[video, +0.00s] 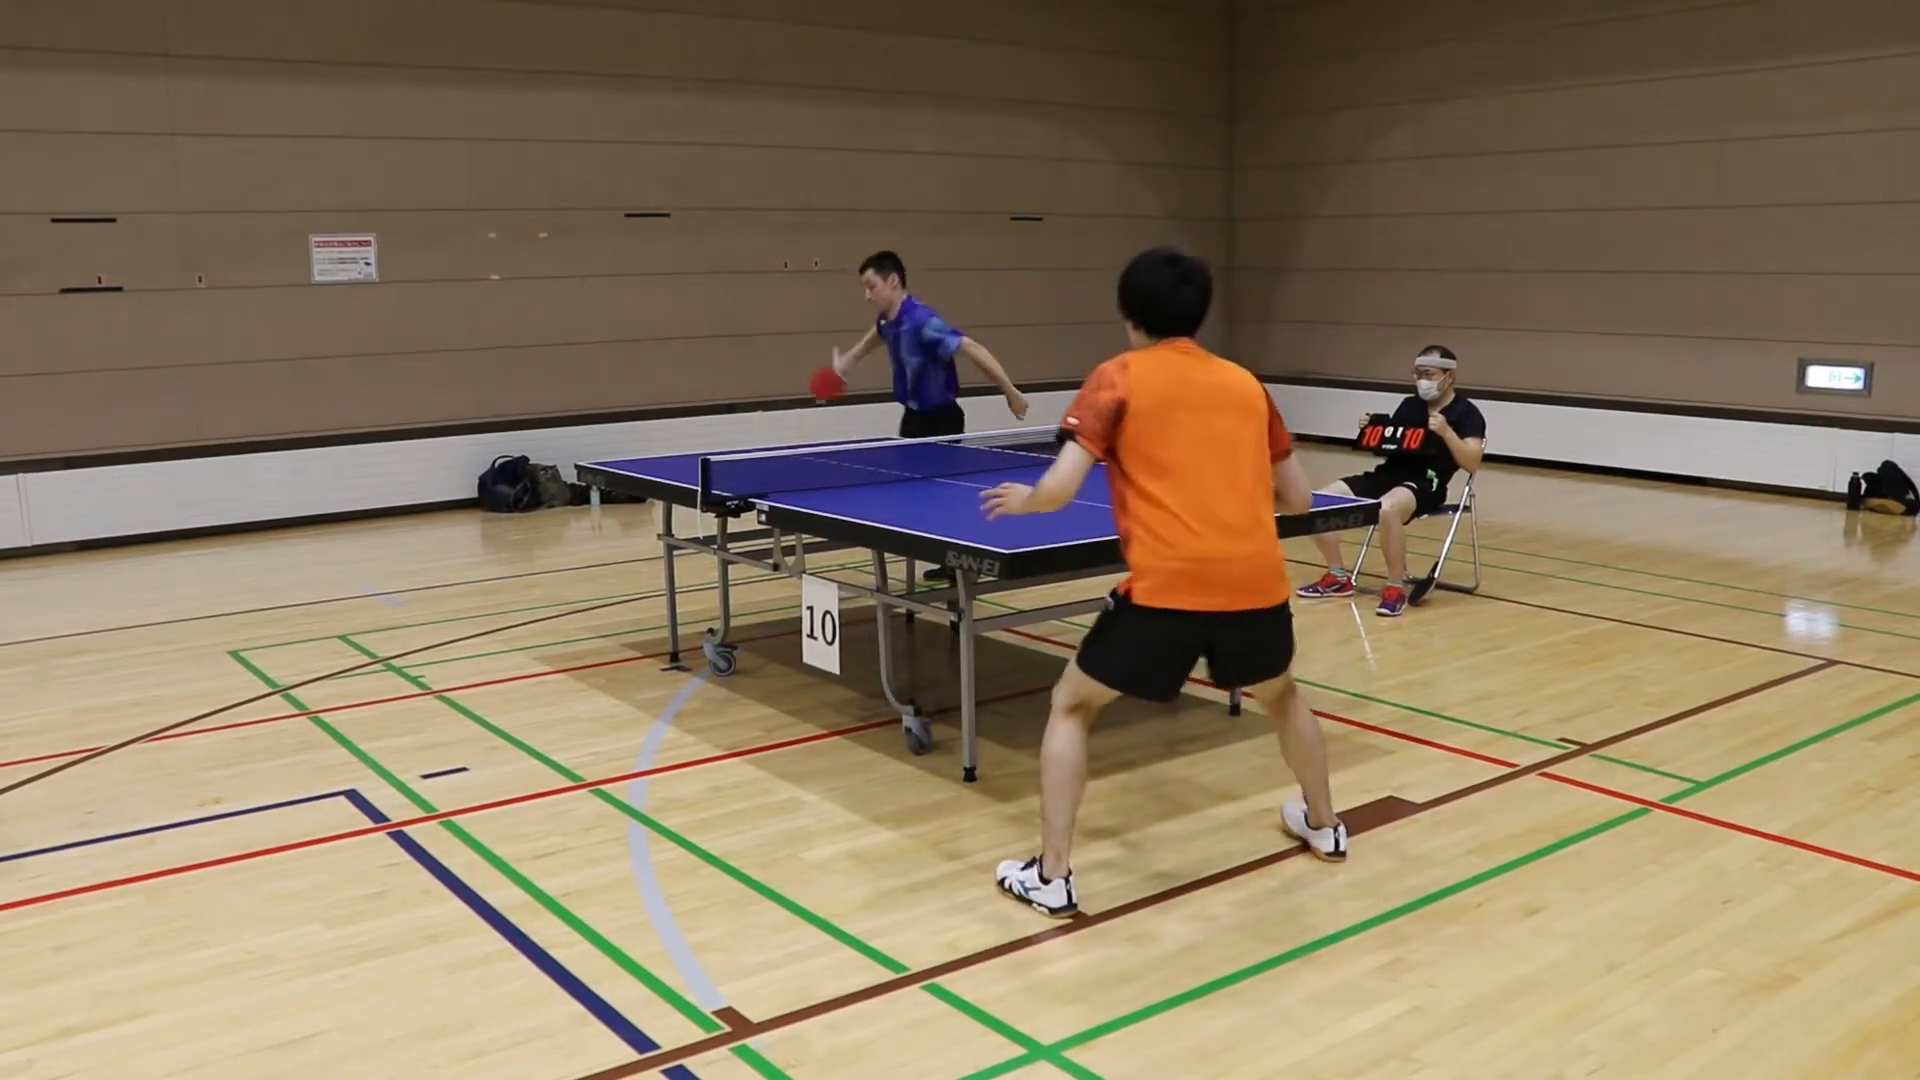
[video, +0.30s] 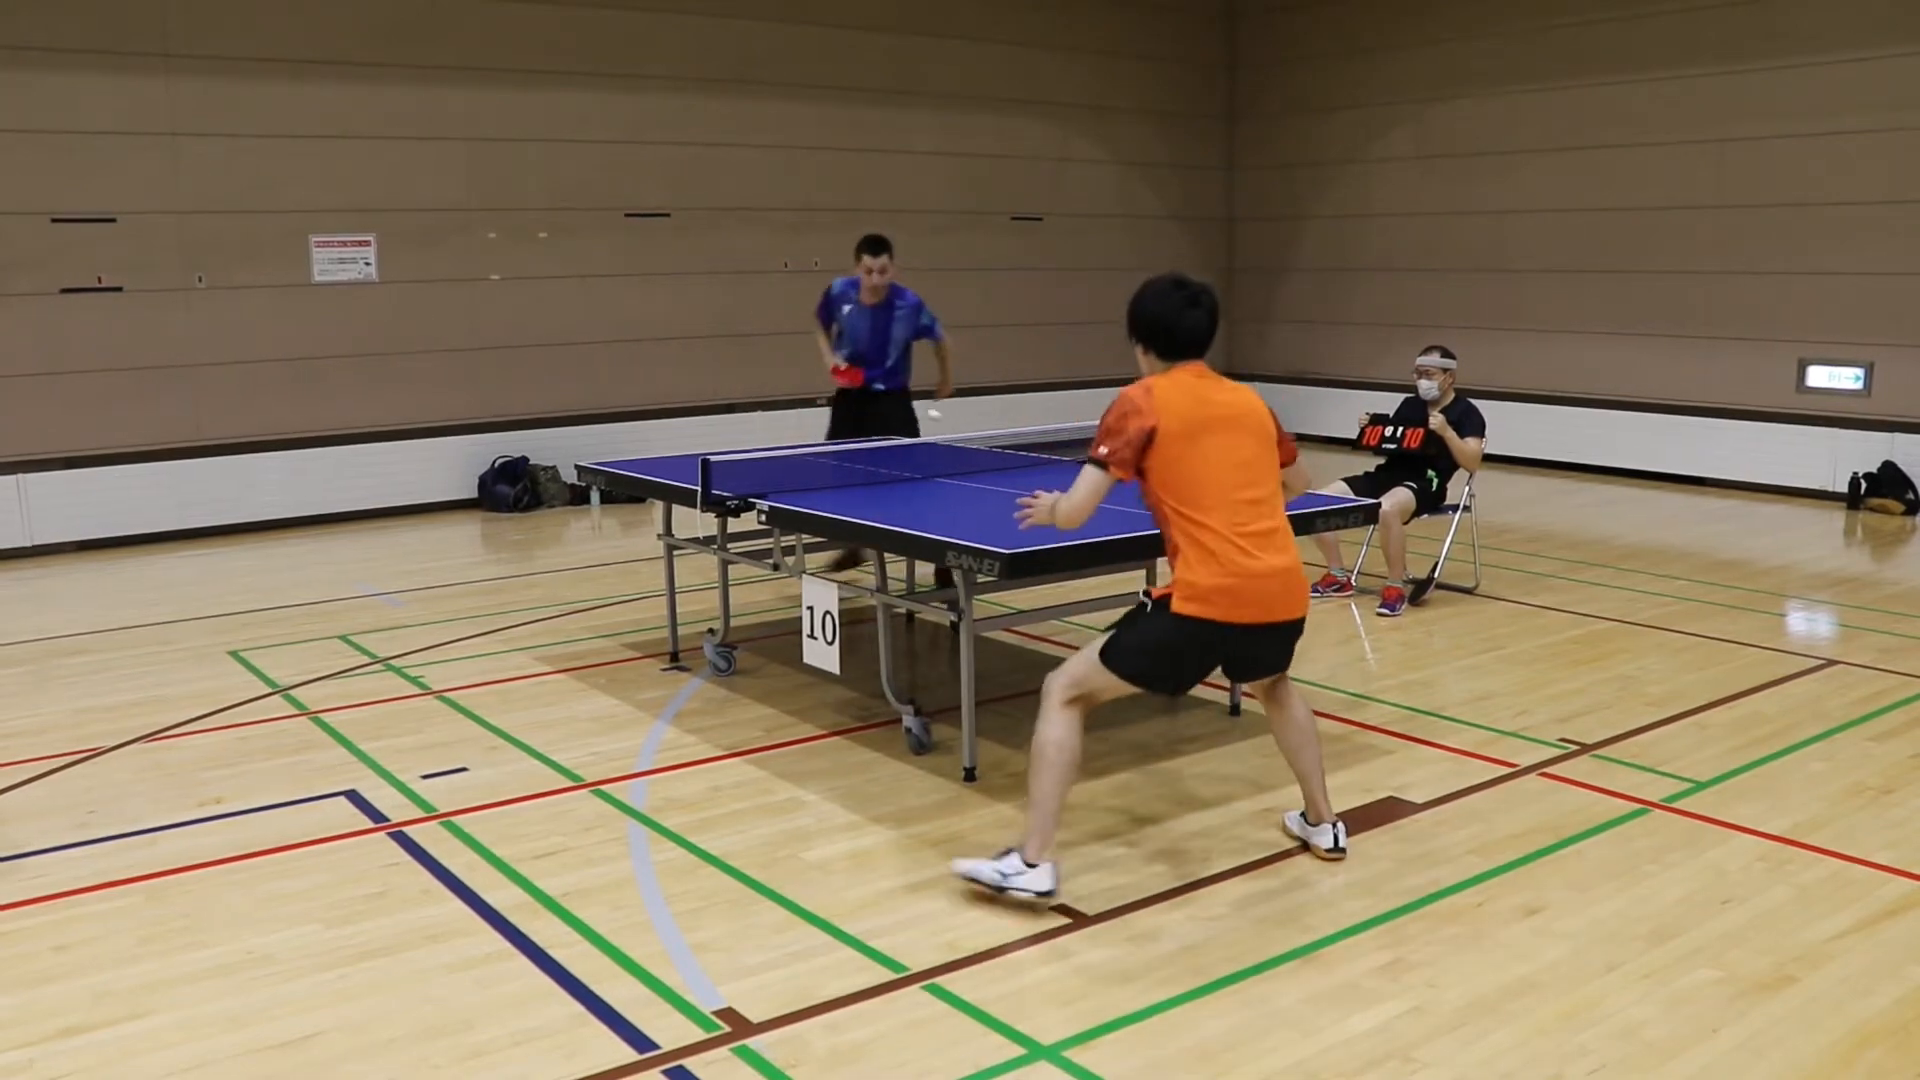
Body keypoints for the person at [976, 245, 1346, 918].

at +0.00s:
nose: (1120, 319)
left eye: (1123, 310)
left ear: (1131, 314)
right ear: (1198, 315)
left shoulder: (1119, 378)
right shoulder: (1246, 386)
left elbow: (1058, 491)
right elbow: (1296, 497)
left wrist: (1025, 499)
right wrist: (1229, 486)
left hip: (1163, 598)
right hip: (1256, 594)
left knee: (1072, 705)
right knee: (1285, 698)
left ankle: (1052, 873)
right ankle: (1325, 823)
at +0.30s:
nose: (1133, 350)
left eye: (1134, 340)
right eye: (1137, 340)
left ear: (1144, 344)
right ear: (1206, 340)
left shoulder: (1141, 402)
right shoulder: (1247, 399)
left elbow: (1074, 512)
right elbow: (1300, 481)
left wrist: (1052, 509)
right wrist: (1240, 496)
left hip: (1203, 606)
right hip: (1282, 599)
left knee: (1064, 689)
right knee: (1277, 686)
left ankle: (1034, 859)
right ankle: (1324, 821)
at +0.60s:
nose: (1048, 384)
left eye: (1049, 372)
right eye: (1048, 372)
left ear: (1062, 372)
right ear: (1121, 364)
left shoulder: (1068, 421)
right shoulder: (1168, 422)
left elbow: (995, 512)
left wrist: (978, 499)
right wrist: (1063, 497)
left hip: (1128, 640)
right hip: (1213, 636)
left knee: (983, 706)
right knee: (1236, 711)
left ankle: (982, 880)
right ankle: (1317, 823)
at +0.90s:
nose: (977, 363)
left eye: (979, 353)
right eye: (984, 352)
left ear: (987, 359)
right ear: (1055, 355)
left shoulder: (977, 431)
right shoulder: (1104, 423)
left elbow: (913, 553)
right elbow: (1184, 479)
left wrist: (884, 562)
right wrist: (1143, 424)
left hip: (1017, 647)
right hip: (1111, 641)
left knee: (906, 739)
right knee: (1165, 748)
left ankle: (850, 900)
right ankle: (1261, 874)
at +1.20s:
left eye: (1131, 310)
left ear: (1132, 317)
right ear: (1208, 322)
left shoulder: (1089, 389)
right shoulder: (1239, 416)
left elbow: (1036, 500)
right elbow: (1263, 561)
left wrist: (1106, 512)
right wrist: (1238, 541)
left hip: (1085, 627)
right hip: (1192, 630)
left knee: (1007, 740)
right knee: (1288, 748)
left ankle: (969, 886)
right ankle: (1372, 909)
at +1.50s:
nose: (1240, 391)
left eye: (1234, 376)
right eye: (1239, 381)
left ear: (1159, 366)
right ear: (1227, 391)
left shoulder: (1106, 429)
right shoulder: (1183, 471)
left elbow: (1082, 554)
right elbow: (1157, 632)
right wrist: (1242, 711)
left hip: (1041, 676)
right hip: (1127, 692)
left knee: (973, 819)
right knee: (1271, 774)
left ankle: (849, 907)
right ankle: (1373, 923)